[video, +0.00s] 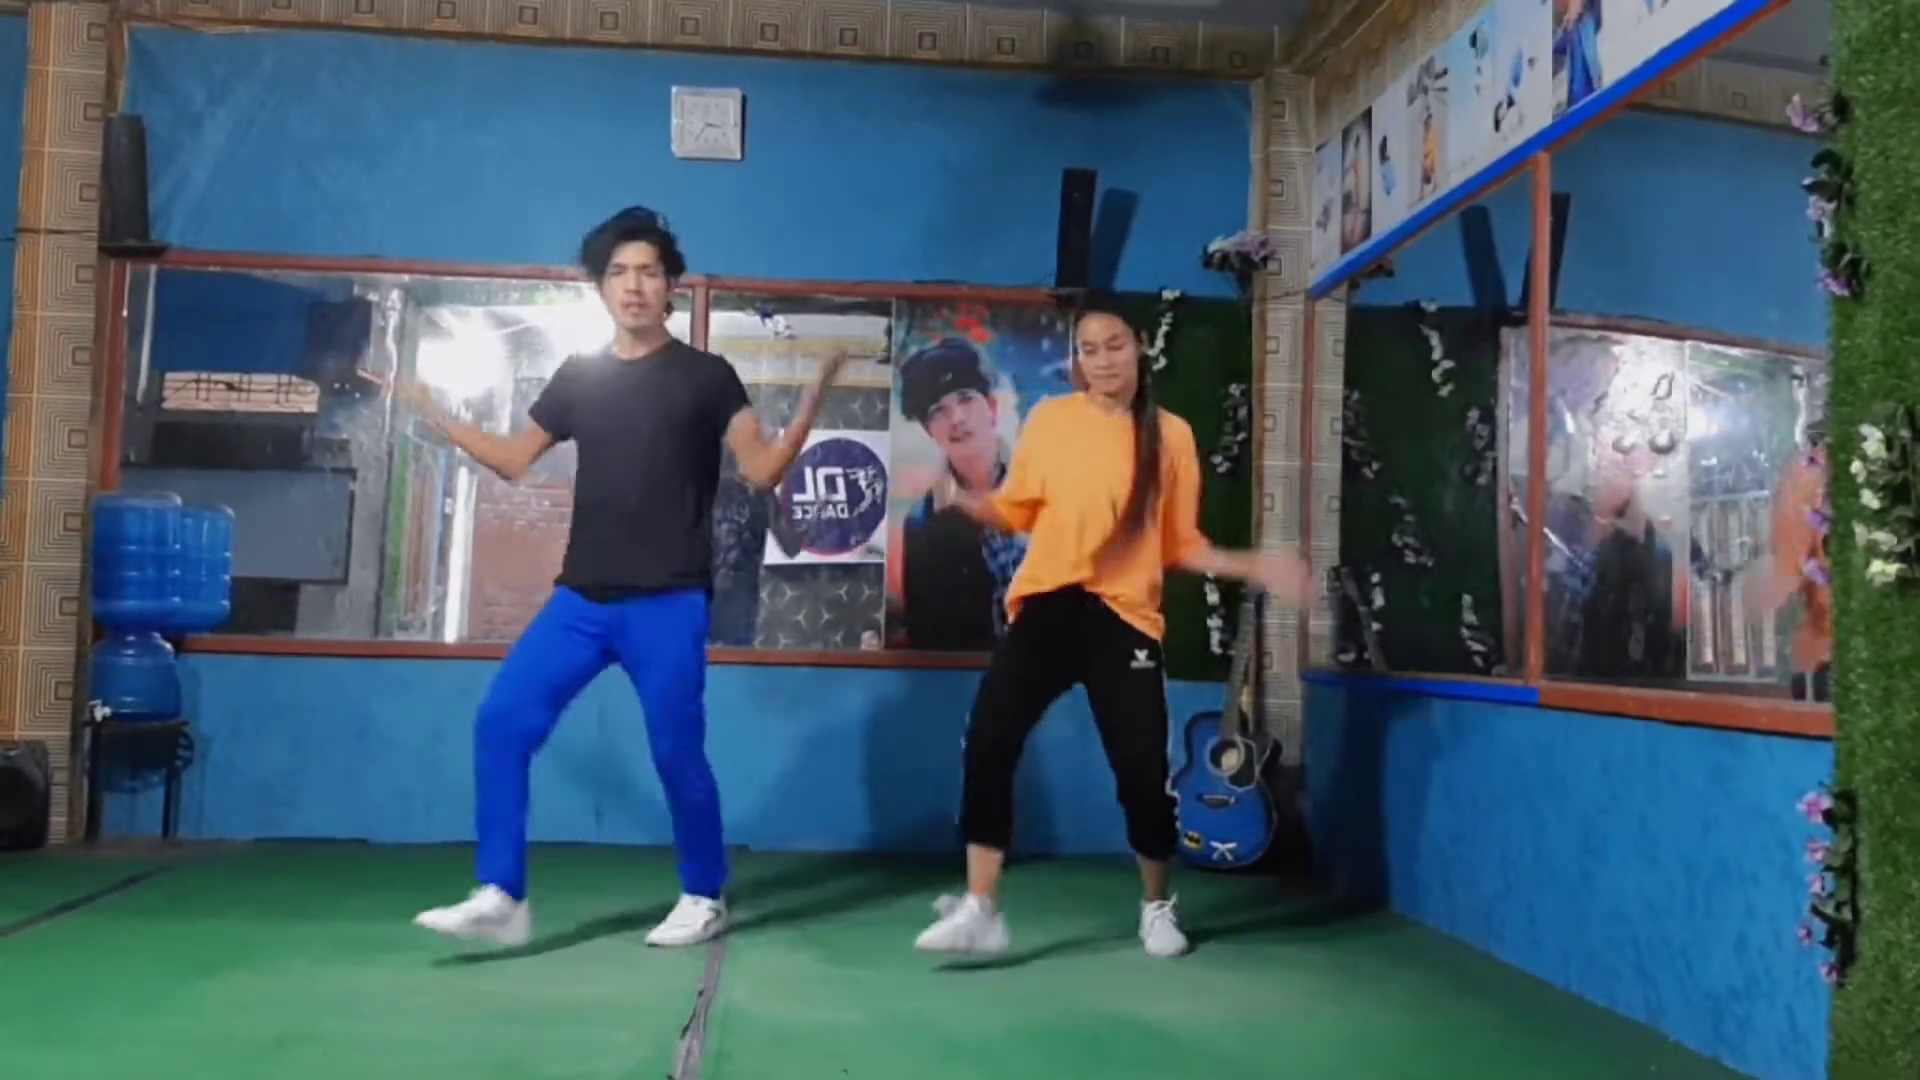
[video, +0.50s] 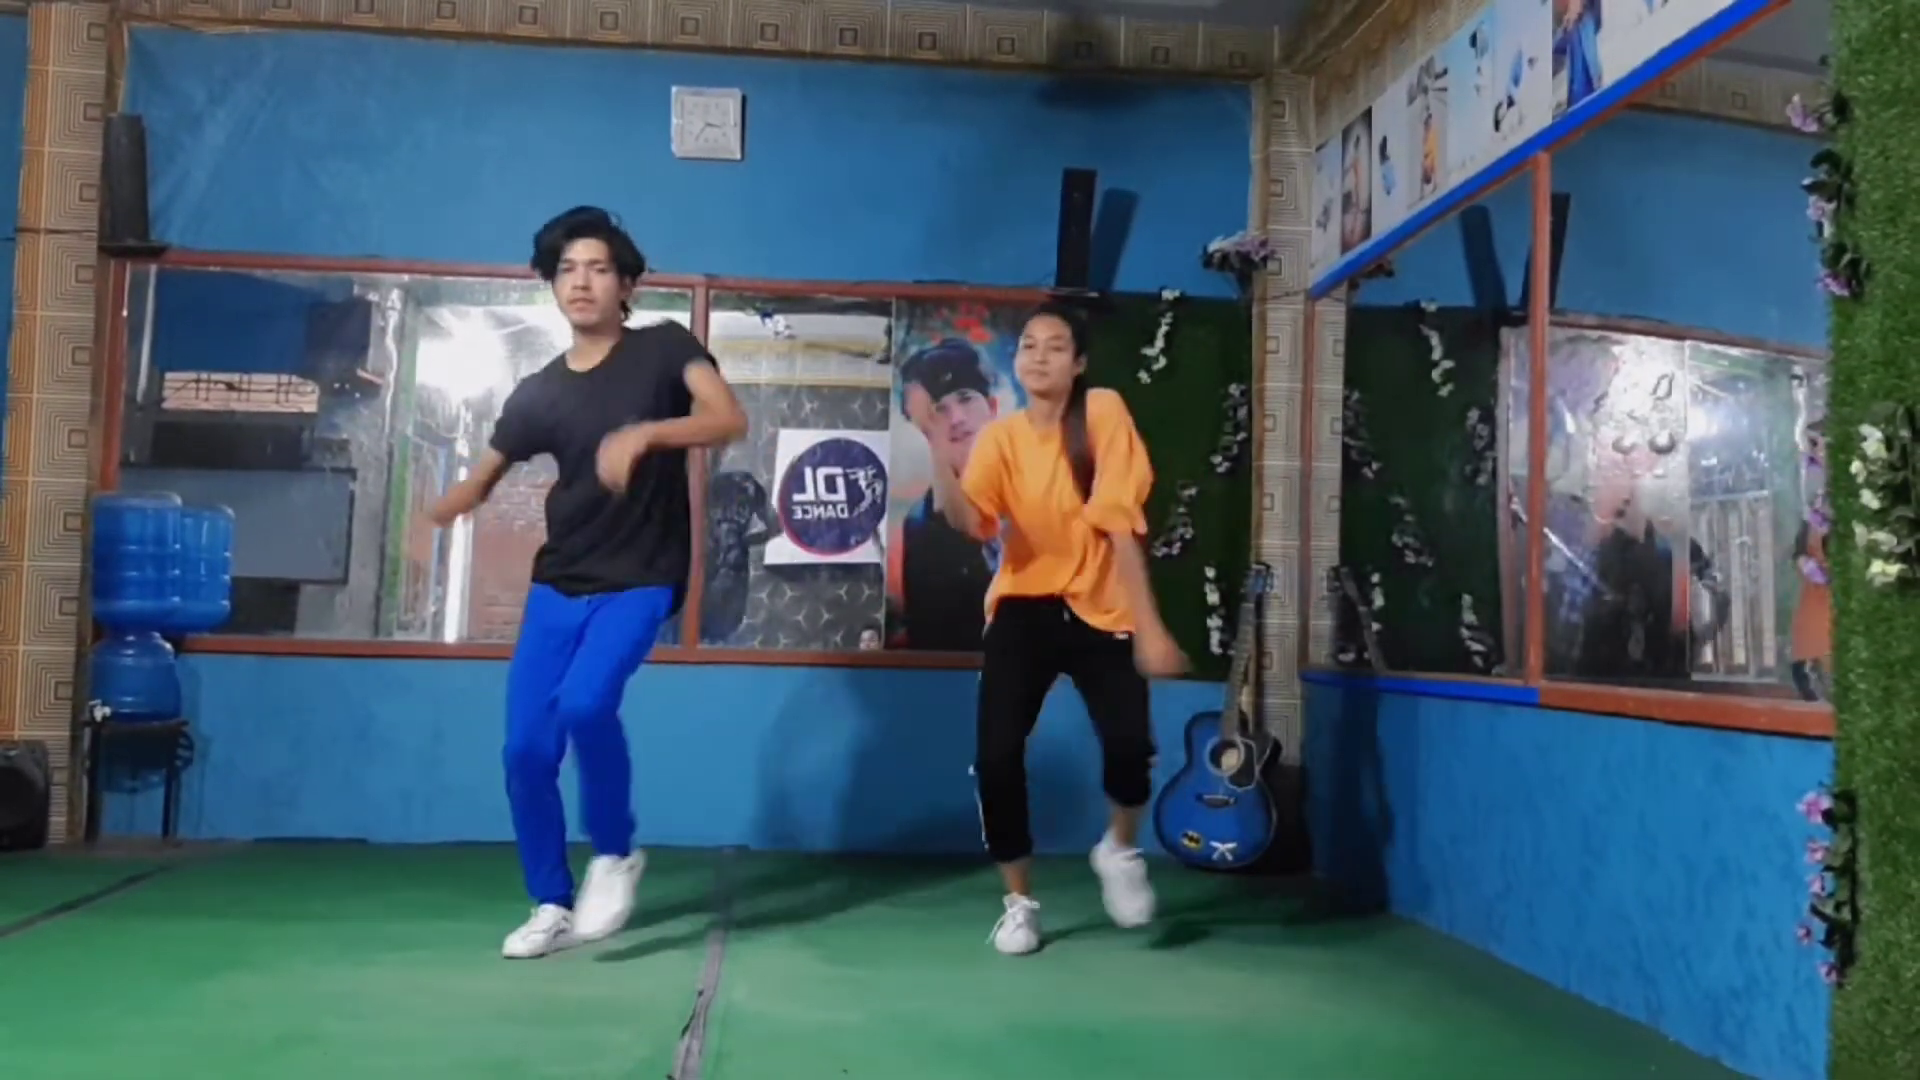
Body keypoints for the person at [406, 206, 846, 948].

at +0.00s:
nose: (636, 287)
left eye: (650, 274)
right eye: (622, 274)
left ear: (672, 288)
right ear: (600, 288)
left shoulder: (708, 376)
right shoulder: (581, 376)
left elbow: (763, 469)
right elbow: (512, 458)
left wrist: (817, 393)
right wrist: (434, 414)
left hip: (667, 603)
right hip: (582, 599)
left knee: (677, 751)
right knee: (502, 721)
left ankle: (703, 898)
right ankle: (502, 897)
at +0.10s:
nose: (624, 265)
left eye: (638, 251)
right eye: (609, 252)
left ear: (662, 265)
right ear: (588, 269)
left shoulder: (699, 345)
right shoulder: (563, 355)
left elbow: (793, 401)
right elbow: (472, 404)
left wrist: (784, 336)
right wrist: (419, 335)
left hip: (665, 575)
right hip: (579, 565)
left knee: (655, 727)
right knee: (496, 685)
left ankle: (673, 865)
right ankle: (538, 844)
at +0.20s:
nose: (614, 261)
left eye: (628, 246)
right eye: (597, 248)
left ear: (652, 260)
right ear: (578, 263)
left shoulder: (691, 341)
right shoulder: (550, 350)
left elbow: (778, 402)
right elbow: (466, 400)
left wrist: (724, 427)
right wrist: (449, 417)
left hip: (656, 558)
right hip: (570, 556)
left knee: (628, 690)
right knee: (521, 709)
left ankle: (618, 840)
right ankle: (537, 884)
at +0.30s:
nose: (604, 271)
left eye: (618, 256)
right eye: (588, 258)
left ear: (642, 271)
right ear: (569, 275)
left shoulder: (682, 362)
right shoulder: (549, 368)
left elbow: (736, 464)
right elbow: (505, 470)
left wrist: (700, 535)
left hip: (628, 587)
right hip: (549, 583)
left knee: (586, 736)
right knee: (528, 740)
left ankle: (598, 892)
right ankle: (553, 898)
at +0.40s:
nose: (593, 281)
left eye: (608, 267)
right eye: (580, 268)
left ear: (635, 282)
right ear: (564, 284)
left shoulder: (677, 372)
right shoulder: (546, 385)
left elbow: (714, 477)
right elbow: (538, 486)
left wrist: (683, 475)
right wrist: (514, 563)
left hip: (625, 590)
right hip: (544, 588)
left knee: (561, 742)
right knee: (520, 744)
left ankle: (600, 898)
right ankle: (551, 901)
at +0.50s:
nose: (582, 282)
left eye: (598, 269)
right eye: (569, 271)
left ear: (626, 284)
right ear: (553, 287)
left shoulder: (665, 346)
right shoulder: (540, 392)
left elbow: (729, 420)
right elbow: (484, 475)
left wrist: (643, 434)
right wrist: (446, 509)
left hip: (642, 578)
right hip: (559, 582)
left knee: (584, 704)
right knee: (523, 745)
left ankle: (615, 855)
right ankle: (552, 904)